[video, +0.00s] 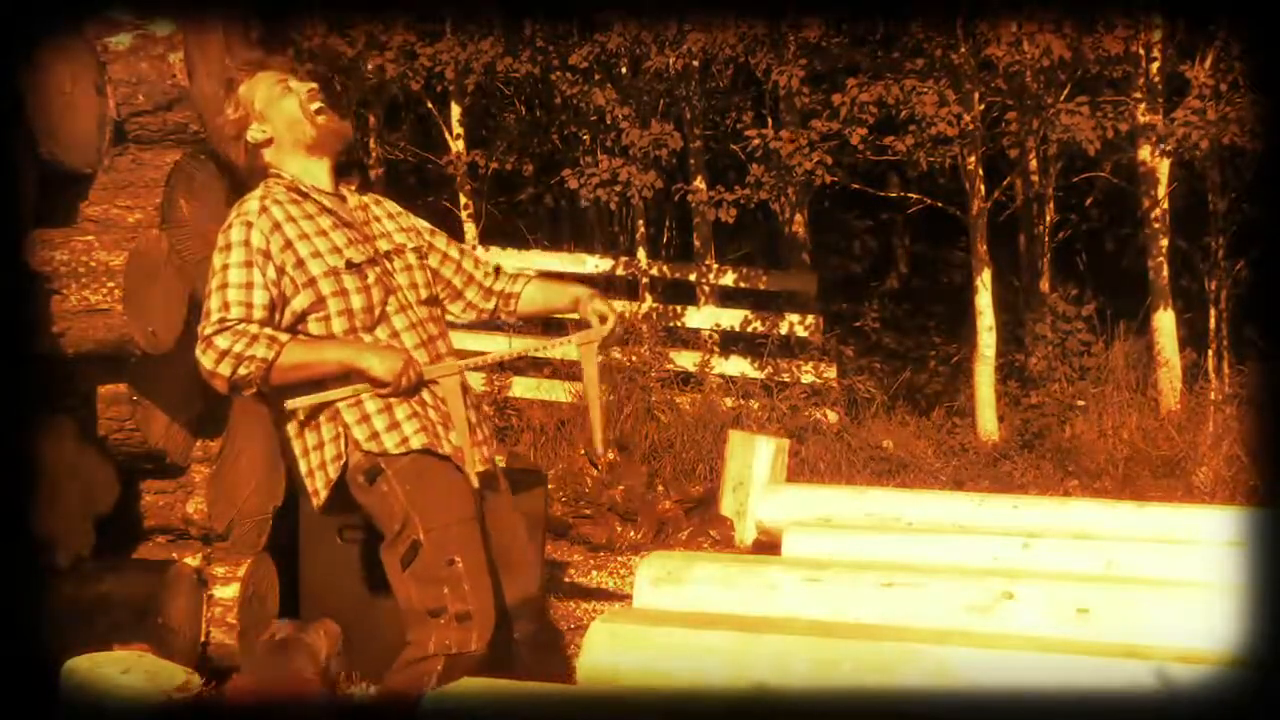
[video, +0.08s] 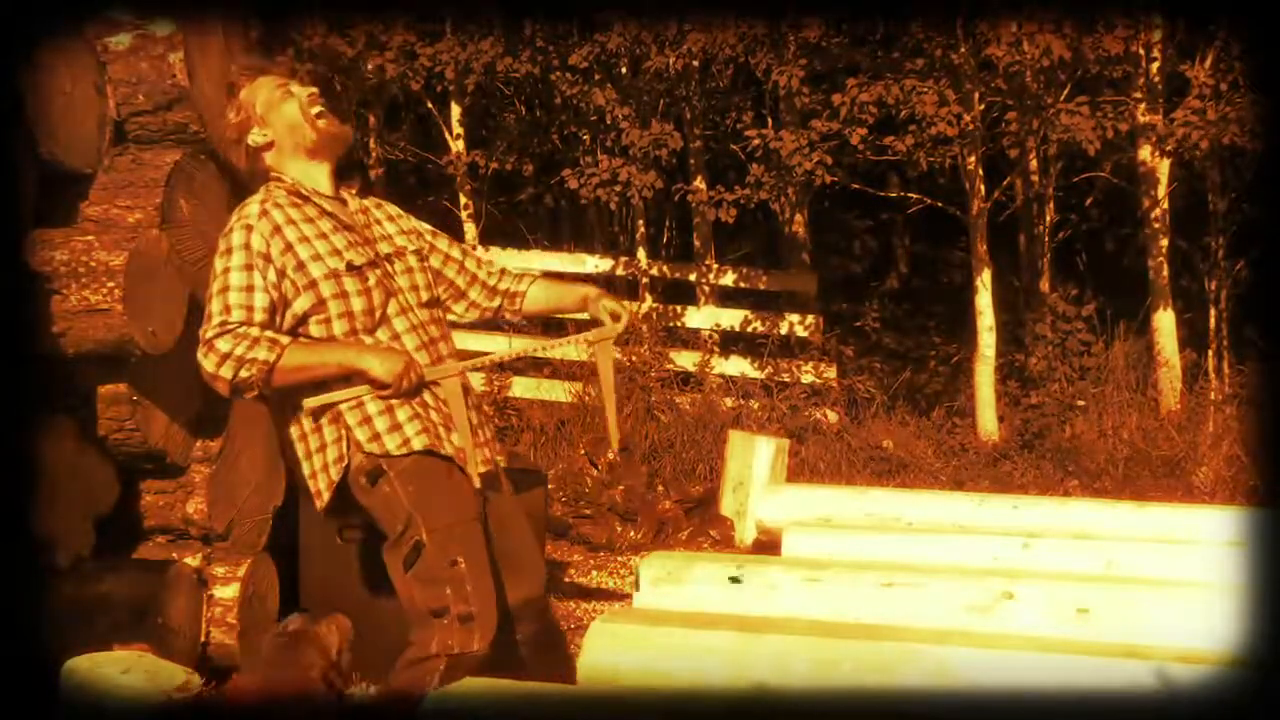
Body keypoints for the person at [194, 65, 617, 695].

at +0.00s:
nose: (316, 91)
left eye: (313, 83)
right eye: (290, 87)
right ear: (258, 131)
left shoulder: (380, 211)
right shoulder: (257, 218)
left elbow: (483, 283)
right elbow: (225, 349)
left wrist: (573, 295)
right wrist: (354, 354)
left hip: (453, 427)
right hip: (374, 434)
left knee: (523, 616)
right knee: (457, 622)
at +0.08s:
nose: (316, 96)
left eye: (313, 89)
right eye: (291, 93)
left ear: (331, 116)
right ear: (259, 137)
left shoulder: (381, 215)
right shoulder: (258, 222)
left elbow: (486, 282)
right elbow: (227, 351)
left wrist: (585, 295)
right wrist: (359, 356)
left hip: (456, 430)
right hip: (376, 436)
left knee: (528, 615)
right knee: (458, 623)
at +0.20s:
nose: (313, 100)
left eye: (311, 95)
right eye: (289, 97)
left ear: (328, 125)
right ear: (257, 141)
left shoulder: (381, 217)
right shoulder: (258, 224)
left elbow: (491, 283)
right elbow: (228, 354)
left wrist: (595, 294)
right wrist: (358, 357)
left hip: (461, 429)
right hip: (381, 436)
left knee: (527, 616)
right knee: (460, 622)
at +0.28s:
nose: (313, 99)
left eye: (311, 94)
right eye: (289, 96)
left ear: (327, 122)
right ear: (257, 141)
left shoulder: (380, 218)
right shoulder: (257, 226)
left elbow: (490, 283)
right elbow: (228, 353)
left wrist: (590, 292)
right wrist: (354, 356)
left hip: (461, 433)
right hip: (380, 441)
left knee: (527, 616)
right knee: (458, 622)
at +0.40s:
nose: (330, 97)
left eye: (326, 89)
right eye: (306, 92)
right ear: (267, 135)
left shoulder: (387, 218)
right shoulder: (259, 223)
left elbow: (483, 289)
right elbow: (231, 348)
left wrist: (571, 294)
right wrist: (360, 353)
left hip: (458, 449)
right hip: (375, 456)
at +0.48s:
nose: (353, 107)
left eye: (350, 96)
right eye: (331, 97)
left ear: (353, 111)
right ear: (284, 121)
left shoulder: (394, 218)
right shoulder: (262, 219)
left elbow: (478, 299)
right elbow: (247, 350)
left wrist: (556, 295)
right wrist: (365, 347)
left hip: (443, 449)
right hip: (347, 455)